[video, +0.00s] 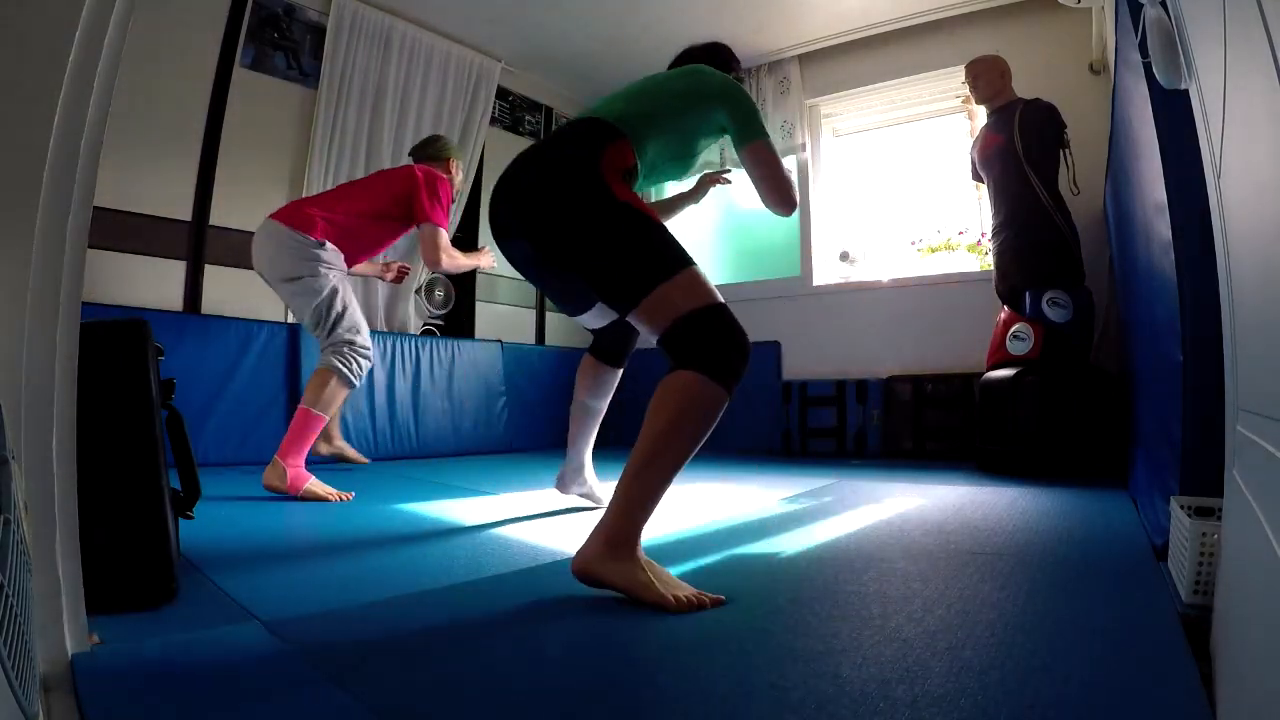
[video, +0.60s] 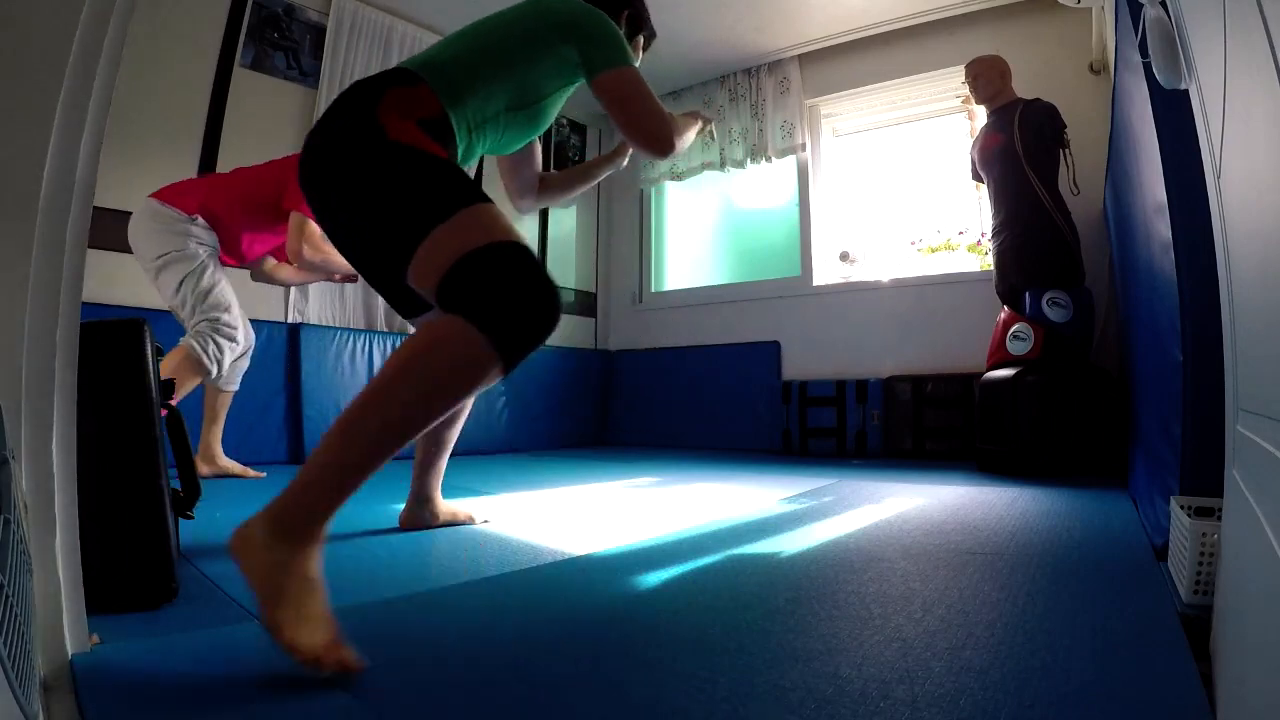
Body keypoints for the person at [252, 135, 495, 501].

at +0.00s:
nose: (460, 184)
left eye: (462, 176)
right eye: (461, 174)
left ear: (419, 164)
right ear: (452, 166)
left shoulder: (398, 183)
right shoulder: (433, 180)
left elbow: (335, 255)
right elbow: (440, 259)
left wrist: (380, 269)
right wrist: (478, 260)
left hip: (282, 238)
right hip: (301, 242)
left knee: (345, 336)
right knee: (352, 351)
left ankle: (328, 436)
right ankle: (287, 465)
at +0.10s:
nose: (448, 181)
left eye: (448, 172)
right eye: (448, 170)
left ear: (408, 160)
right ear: (438, 163)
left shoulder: (381, 185)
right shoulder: (411, 174)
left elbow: (331, 259)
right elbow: (416, 252)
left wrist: (383, 269)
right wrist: (462, 256)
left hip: (265, 229)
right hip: (273, 228)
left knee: (319, 331)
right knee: (328, 331)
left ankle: (284, 453)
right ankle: (281, 455)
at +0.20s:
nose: (434, 179)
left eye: (436, 171)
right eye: (435, 168)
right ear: (423, 160)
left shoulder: (365, 181)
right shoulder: (390, 172)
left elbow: (309, 258)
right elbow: (390, 247)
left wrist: (364, 270)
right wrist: (441, 256)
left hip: (254, 236)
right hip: (250, 232)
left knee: (305, 340)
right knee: (301, 339)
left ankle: (280, 449)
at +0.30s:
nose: (416, 170)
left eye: (416, 163)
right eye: (417, 161)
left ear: (379, 151)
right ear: (407, 154)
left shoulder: (350, 174)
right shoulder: (374, 169)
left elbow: (285, 248)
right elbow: (372, 249)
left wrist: (341, 266)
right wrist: (422, 256)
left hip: (252, 242)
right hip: (226, 229)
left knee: (289, 337)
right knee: (256, 346)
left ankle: (280, 443)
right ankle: (180, 462)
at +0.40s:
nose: (383, 172)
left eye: (383, 164)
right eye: (383, 160)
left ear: (362, 144)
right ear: (374, 151)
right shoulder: (352, 161)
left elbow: (265, 249)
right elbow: (348, 243)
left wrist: (329, 263)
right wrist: (403, 258)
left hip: (233, 233)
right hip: (205, 216)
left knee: (272, 327)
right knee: (244, 331)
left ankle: (253, 438)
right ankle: (178, 458)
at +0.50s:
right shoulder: (328, 164)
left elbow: (264, 256)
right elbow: (324, 242)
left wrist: (330, 267)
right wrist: (369, 256)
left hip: (211, 229)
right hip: (188, 213)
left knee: (251, 335)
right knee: (233, 324)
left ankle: (211, 450)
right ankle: (168, 454)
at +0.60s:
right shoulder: (306, 173)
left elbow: (264, 270)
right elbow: (305, 249)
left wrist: (330, 274)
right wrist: (350, 268)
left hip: (198, 237)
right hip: (173, 221)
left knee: (241, 339)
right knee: (222, 332)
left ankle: (210, 453)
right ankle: (139, 415)